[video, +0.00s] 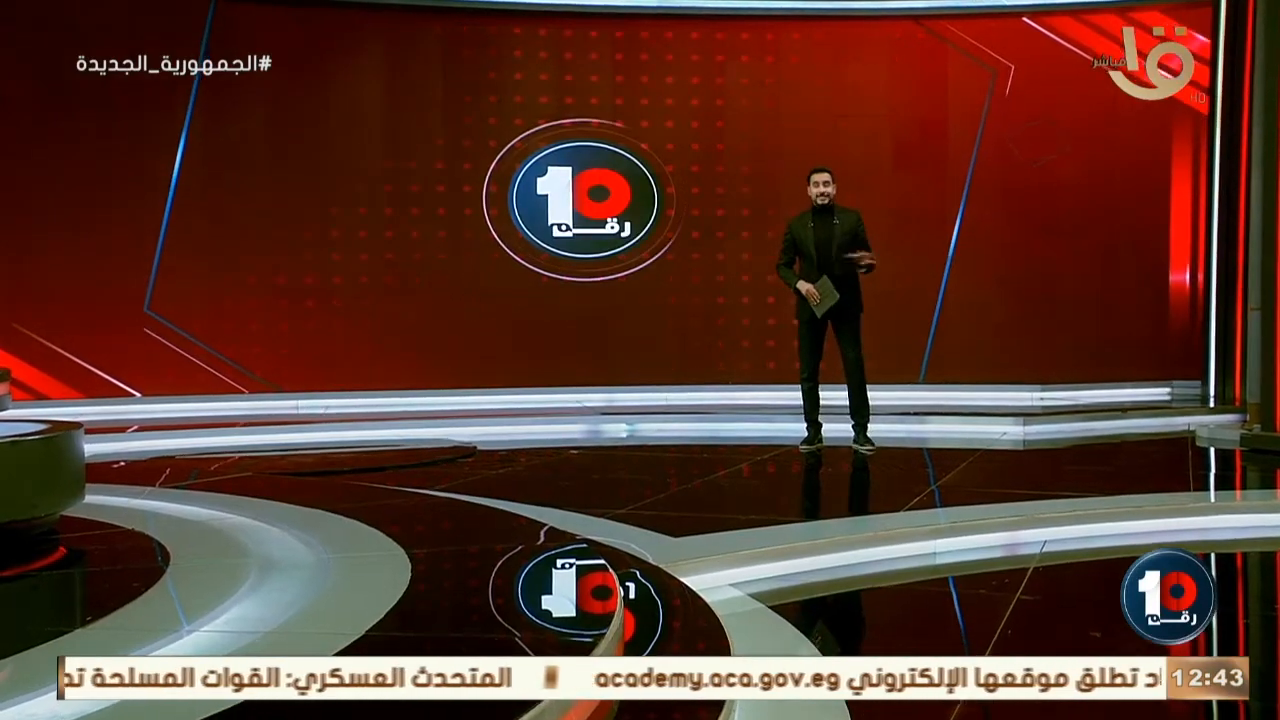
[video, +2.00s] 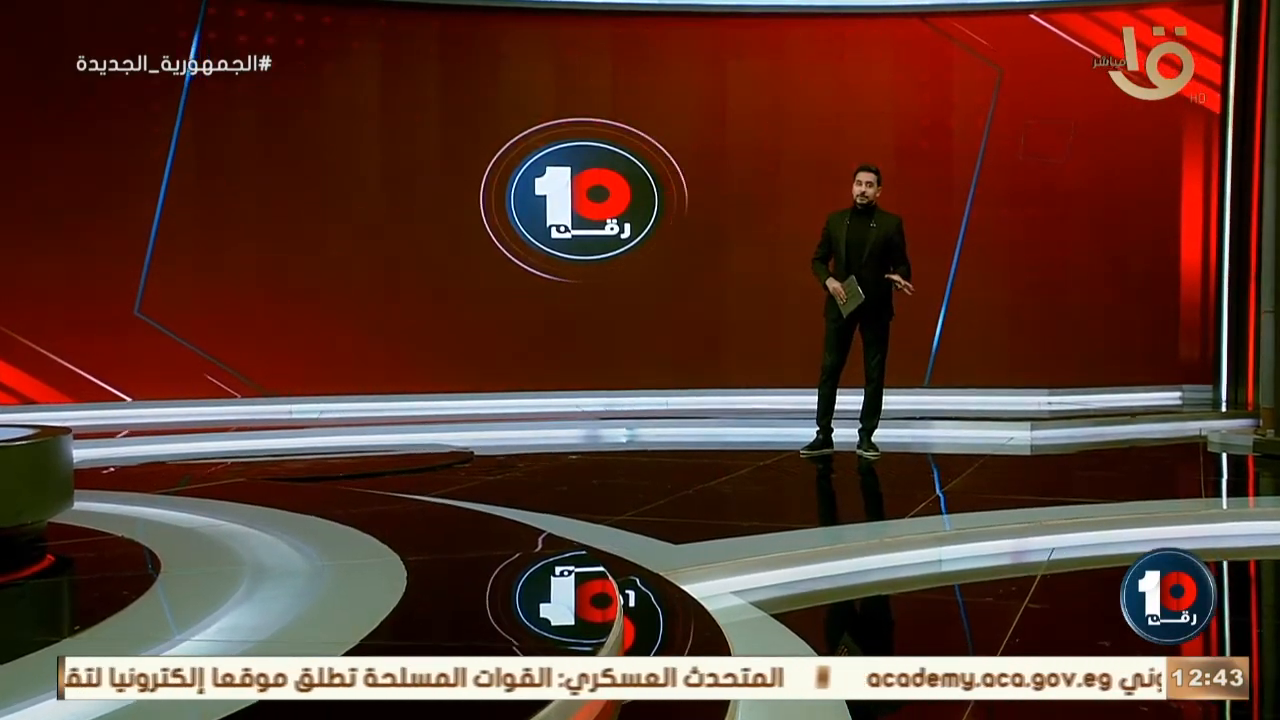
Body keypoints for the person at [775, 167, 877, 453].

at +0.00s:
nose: (822, 189)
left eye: (826, 184)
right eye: (816, 185)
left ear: (835, 188)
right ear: (808, 190)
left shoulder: (851, 219)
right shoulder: (797, 225)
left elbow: (865, 260)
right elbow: (783, 266)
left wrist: (866, 262)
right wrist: (799, 283)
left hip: (846, 303)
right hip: (811, 305)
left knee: (854, 366)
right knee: (808, 370)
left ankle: (860, 432)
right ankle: (813, 431)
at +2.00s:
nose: (863, 189)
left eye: (869, 185)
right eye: (859, 183)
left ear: (878, 190)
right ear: (852, 187)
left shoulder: (892, 224)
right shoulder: (836, 221)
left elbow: (902, 264)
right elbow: (818, 261)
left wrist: (900, 277)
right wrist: (828, 281)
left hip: (876, 309)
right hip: (841, 307)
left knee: (874, 376)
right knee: (829, 370)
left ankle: (866, 438)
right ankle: (823, 435)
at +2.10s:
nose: (863, 189)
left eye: (869, 185)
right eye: (859, 183)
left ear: (878, 190)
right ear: (852, 187)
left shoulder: (892, 224)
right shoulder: (836, 221)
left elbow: (903, 265)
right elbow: (818, 262)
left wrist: (901, 277)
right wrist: (829, 281)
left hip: (877, 309)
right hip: (842, 307)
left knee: (874, 376)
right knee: (830, 370)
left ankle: (866, 438)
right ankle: (823, 435)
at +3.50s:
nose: (835, 191)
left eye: (840, 186)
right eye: (830, 186)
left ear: (850, 189)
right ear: (822, 191)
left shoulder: (868, 223)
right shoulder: (812, 225)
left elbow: (885, 266)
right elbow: (797, 267)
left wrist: (877, 272)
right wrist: (808, 285)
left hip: (858, 309)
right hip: (821, 309)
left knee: (863, 376)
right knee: (817, 377)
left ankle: (868, 440)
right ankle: (819, 439)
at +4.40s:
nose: (820, 195)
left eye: (825, 189)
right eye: (815, 190)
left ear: (833, 190)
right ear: (806, 193)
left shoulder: (851, 222)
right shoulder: (795, 228)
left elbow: (867, 265)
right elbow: (782, 274)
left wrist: (857, 280)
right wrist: (801, 281)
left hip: (845, 310)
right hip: (809, 312)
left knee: (857, 372)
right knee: (811, 379)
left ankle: (869, 440)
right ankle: (820, 442)